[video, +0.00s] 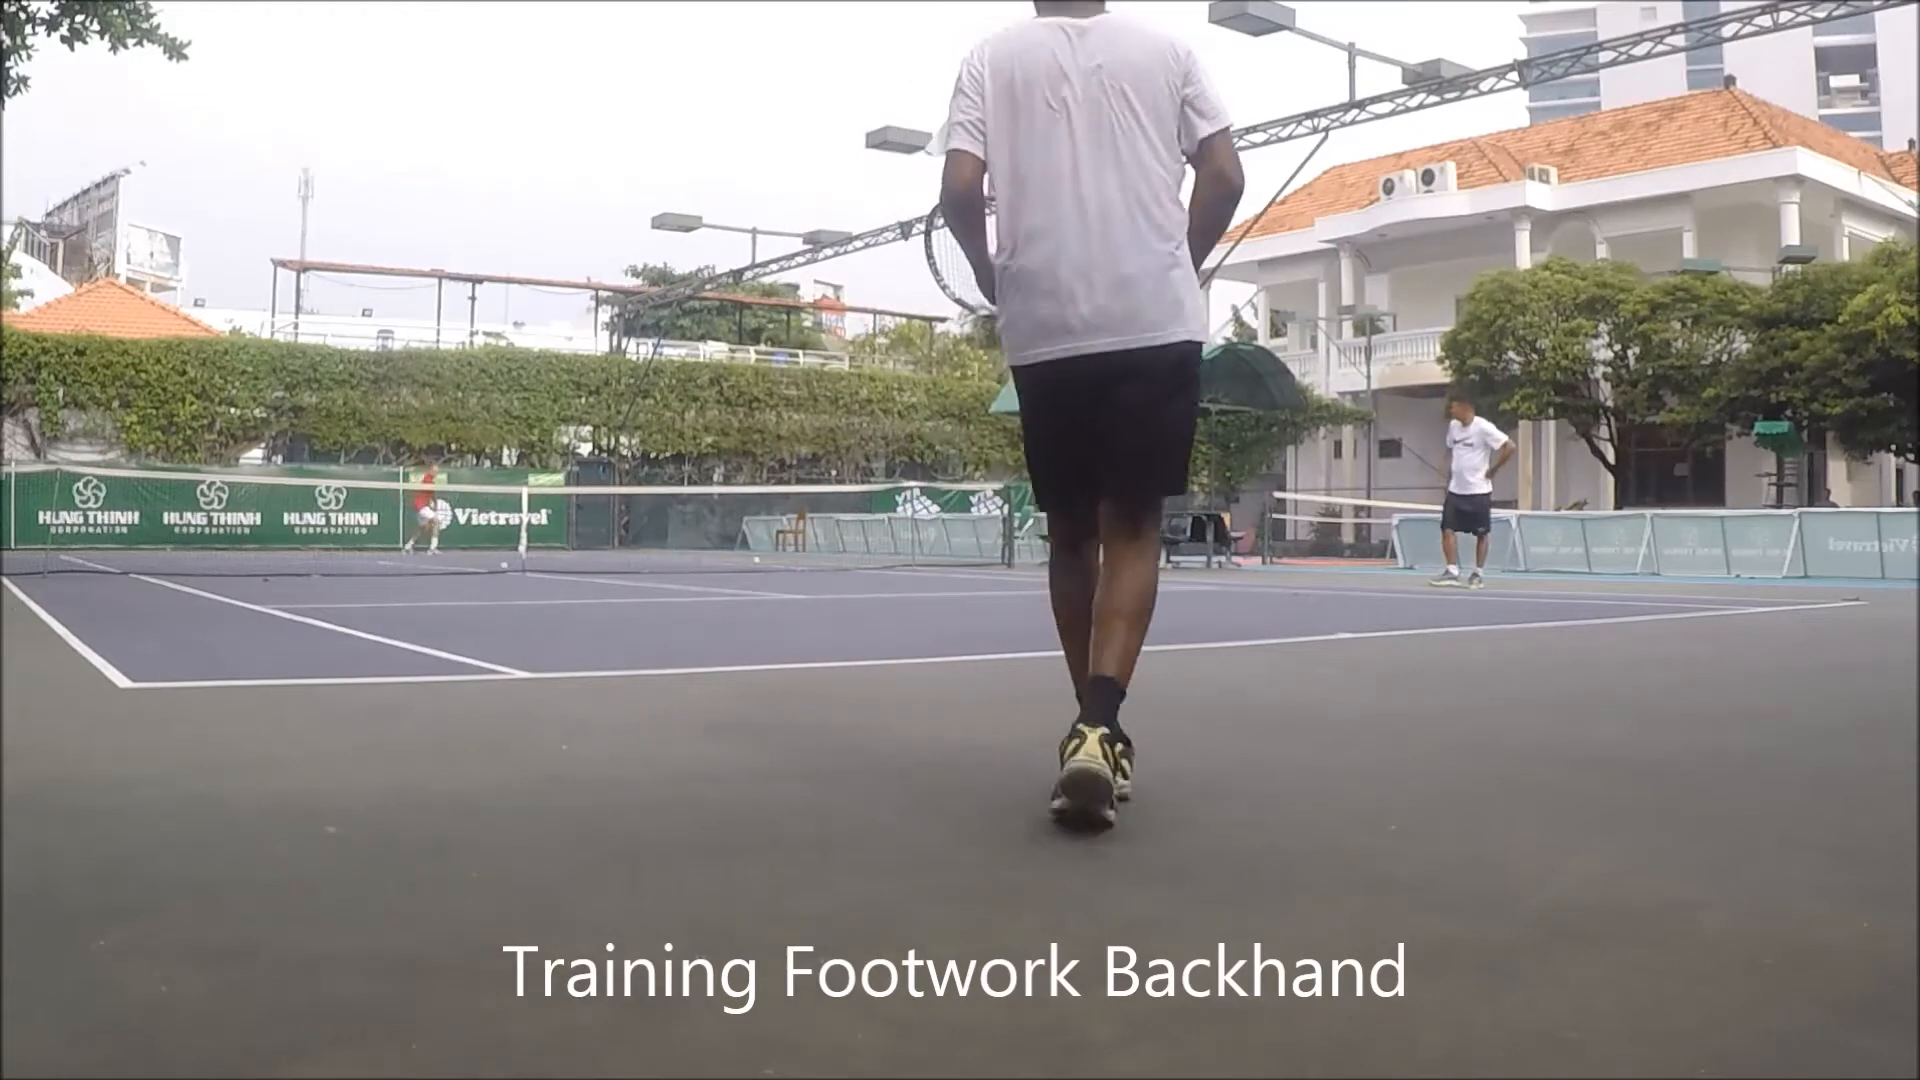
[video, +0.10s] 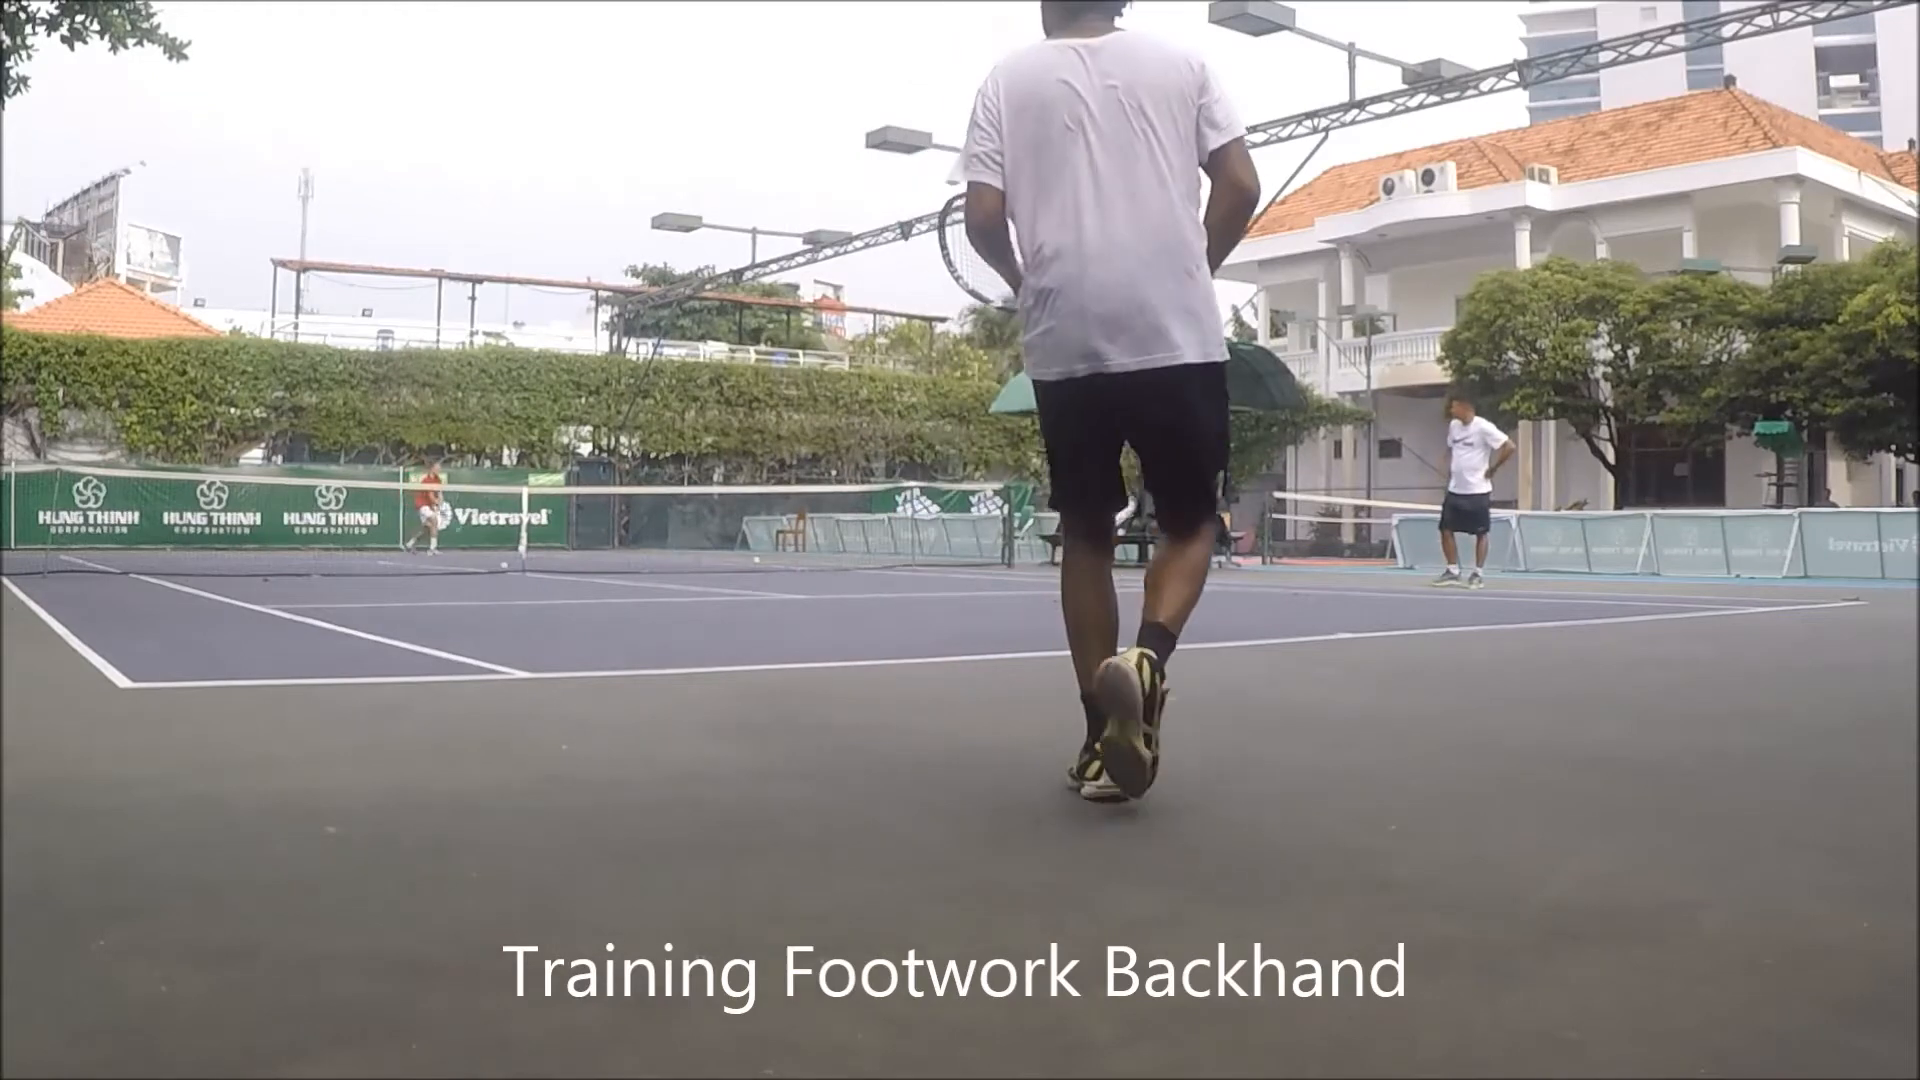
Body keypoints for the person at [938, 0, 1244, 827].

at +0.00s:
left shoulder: (989, 56)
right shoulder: (1168, 47)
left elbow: (959, 190)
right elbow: (1224, 176)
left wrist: (990, 277)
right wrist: (1179, 267)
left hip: (1045, 332)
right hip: (1157, 321)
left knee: (1071, 538)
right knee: (1132, 527)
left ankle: (1101, 730)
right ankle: (1095, 724)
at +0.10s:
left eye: (1040, 13)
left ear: (1046, 13)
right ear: (1123, 8)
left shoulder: (1005, 78)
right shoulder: (1184, 66)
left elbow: (983, 216)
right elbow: (1242, 187)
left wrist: (1025, 284)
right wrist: (1191, 267)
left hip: (1064, 345)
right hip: (1176, 335)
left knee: (1086, 536)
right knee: (1188, 519)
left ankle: (1104, 738)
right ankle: (1148, 658)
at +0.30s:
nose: (1075, 26)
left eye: (1076, 17)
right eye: (1083, 17)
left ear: (1082, 21)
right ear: (1155, 22)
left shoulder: (1050, 102)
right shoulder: (1218, 90)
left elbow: (1038, 246)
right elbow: (1281, 207)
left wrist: (1095, 283)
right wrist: (1229, 273)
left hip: (1109, 349)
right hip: (1223, 337)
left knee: (1098, 545)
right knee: (1257, 516)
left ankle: (1106, 734)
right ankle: (1326, 704)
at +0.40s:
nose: (1090, 57)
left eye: (1093, 43)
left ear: (1102, 50)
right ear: (1180, 51)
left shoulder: (1078, 137)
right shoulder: (1242, 134)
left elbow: (1063, 275)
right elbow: (1306, 244)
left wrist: (1102, 318)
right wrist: (1249, 312)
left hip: (1139, 381)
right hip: (1250, 370)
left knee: (1096, 552)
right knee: (1280, 548)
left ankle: (1107, 719)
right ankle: (1390, 719)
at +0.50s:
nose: (1108, 93)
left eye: (1109, 80)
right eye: (1111, 80)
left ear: (1122, 83)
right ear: (1195, 82)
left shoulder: (1112, 163)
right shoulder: (1254, 164)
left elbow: (1093, 296)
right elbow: (1308, 285)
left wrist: (1103, 345)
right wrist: (1249, 346)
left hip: (1168, 402)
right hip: (1274, 399)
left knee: (1107, 561)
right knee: (1278, 560)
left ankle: (1110, 718)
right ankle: (1390, 723)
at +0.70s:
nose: (1107, 42)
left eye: (1110, 28)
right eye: (1112, 28)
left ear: (1120, 32)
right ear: (1188, 33)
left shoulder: (1141, 93)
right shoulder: (1227, 100)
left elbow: (1131, 221)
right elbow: (1212, 243)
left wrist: (1060, 242)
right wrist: (1119, 298)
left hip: (1191, 348)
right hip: (1288, 343)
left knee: (1108, 523)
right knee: (1303, 531)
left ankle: (1168, 730)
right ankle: (1386, 720)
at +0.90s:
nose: (1085, 41)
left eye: (1089, 25)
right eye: (1084, 26)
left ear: (1116, 26)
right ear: (1155, 24)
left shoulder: (1172, 84)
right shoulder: (1160, 103)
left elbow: (1133, 200)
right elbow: (1090, 227)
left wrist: (1026, 186)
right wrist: (1011, 248)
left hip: (1194, 348)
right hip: (1244, 348)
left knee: (1124, 527)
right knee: (1211, 537)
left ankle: (1193, 738)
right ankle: (1347, 685)